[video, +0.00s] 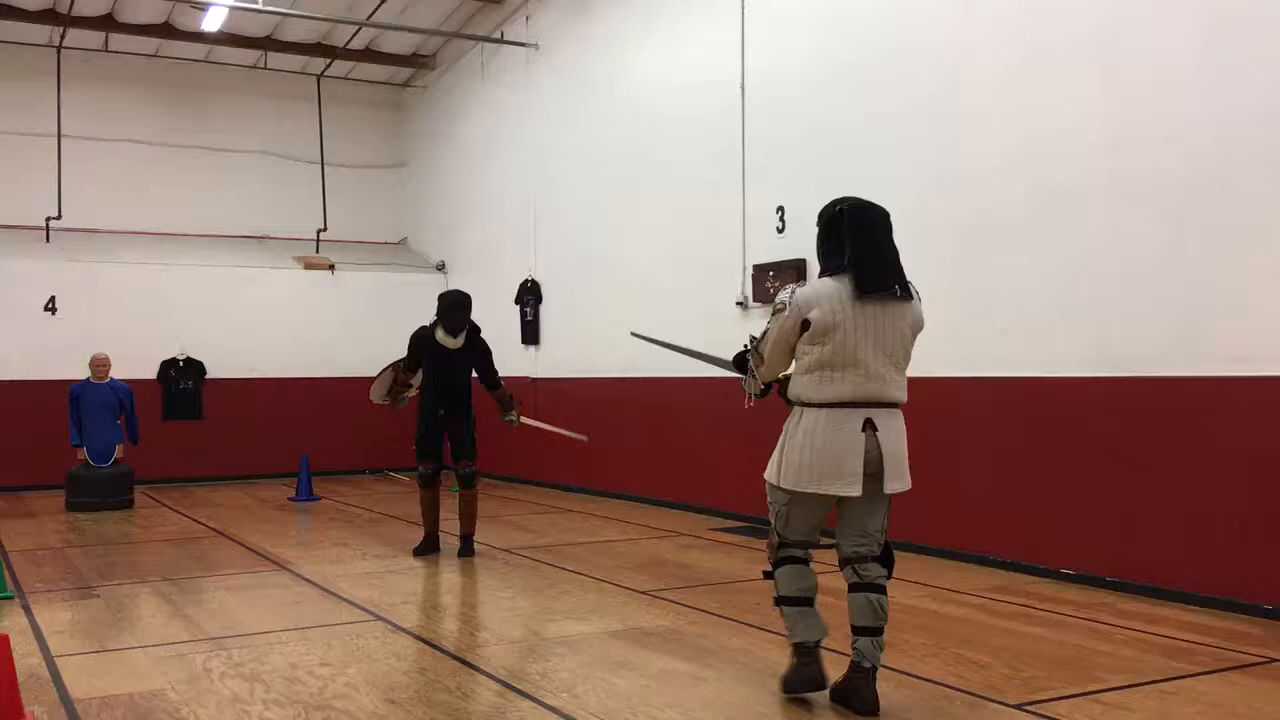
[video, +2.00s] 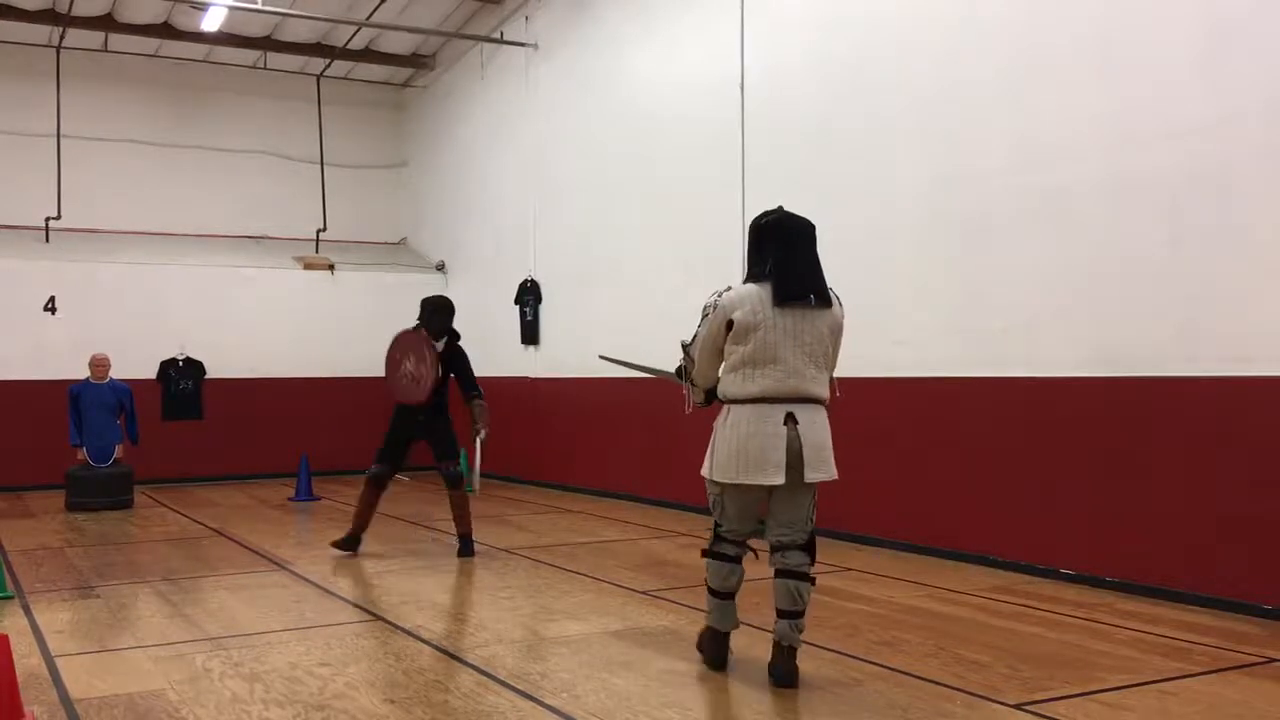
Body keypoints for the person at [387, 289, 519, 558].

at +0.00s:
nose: (457, 328)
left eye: (461, 323)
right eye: (452, 323)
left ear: (467, 319)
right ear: (441, 317)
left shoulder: (475, 344)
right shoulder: (423, 338)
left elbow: (491, 380)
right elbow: (408, 370)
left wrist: (509, 407)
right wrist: (395, 394)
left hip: (461, 414)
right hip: (429, 413)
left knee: (467, 474)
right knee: (427, 474)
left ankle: (467, 539)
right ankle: (430, 537)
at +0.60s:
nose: (464, 342)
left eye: (469, 337)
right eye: (460, 337)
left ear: (475, 332)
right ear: (450, 329)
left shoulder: (479, 355)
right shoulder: (431, 349)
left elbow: (499, 394)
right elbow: (419, 384)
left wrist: (496, 421)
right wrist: (423, 417)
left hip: (465, 418)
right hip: (435, 418)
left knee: (467, 473)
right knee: (428, 468)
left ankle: (467, 536)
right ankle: (434, 516)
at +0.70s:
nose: (458, 349)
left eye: (463, 345)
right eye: (454, 343)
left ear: (472, 337)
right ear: (447, 333)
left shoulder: (477, 357)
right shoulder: (434, 350)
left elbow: (495, 395)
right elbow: (420, 379)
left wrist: (490, 405)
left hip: (463, 419)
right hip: (435, 417)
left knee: (466, 472)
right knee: (429, 469)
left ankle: (467, 536)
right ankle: (436, 518)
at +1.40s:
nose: (461, 347)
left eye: (465, 342)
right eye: (456, 342)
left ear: (472, 338)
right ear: (446, 335)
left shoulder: (475, 364)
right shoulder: (426, 357)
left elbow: (489, 402)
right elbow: (410, 396)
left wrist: (492, 434)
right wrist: (426, 401)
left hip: (458, 424)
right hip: (427, 424)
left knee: (467, 476)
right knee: (428, 476)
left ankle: (467, 536)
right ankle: (436, 523)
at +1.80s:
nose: (458, 333)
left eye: (464, 328)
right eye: (455, 327)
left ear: (468, 327)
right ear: (444, 322)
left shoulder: (472, 356)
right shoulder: (421, 347)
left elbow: (488, 398)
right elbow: (403, 381)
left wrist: (493, 437)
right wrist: (414, 403)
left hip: (452, 419)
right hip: (421, 417)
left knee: (462, 473)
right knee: (394, 469)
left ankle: (466, 537)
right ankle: (407, 516)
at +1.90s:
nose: (451, 334)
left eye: (456, 329)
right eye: (447, 329)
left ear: (462, 326)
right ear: (436, 322)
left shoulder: (465, 353)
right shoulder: (414, 346)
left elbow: (482, 394)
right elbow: (402, 384)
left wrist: (489, 430)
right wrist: (417, 395)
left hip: (446, 419)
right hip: (414, 417)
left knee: (458, 473)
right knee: (387, 472)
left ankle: (466, 538)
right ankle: (381, 530)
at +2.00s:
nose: (426, 327)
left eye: (433, 322)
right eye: (425, 320)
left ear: (445, 323)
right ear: (421, 318)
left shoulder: (452, 351)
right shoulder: (409, 343)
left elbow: (471, 390)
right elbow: (397, 375)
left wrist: (480, 421)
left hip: (437, 419)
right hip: (405, 416)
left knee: (453, 476)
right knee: (378, 475)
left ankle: (465, 539)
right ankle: (354, 535)